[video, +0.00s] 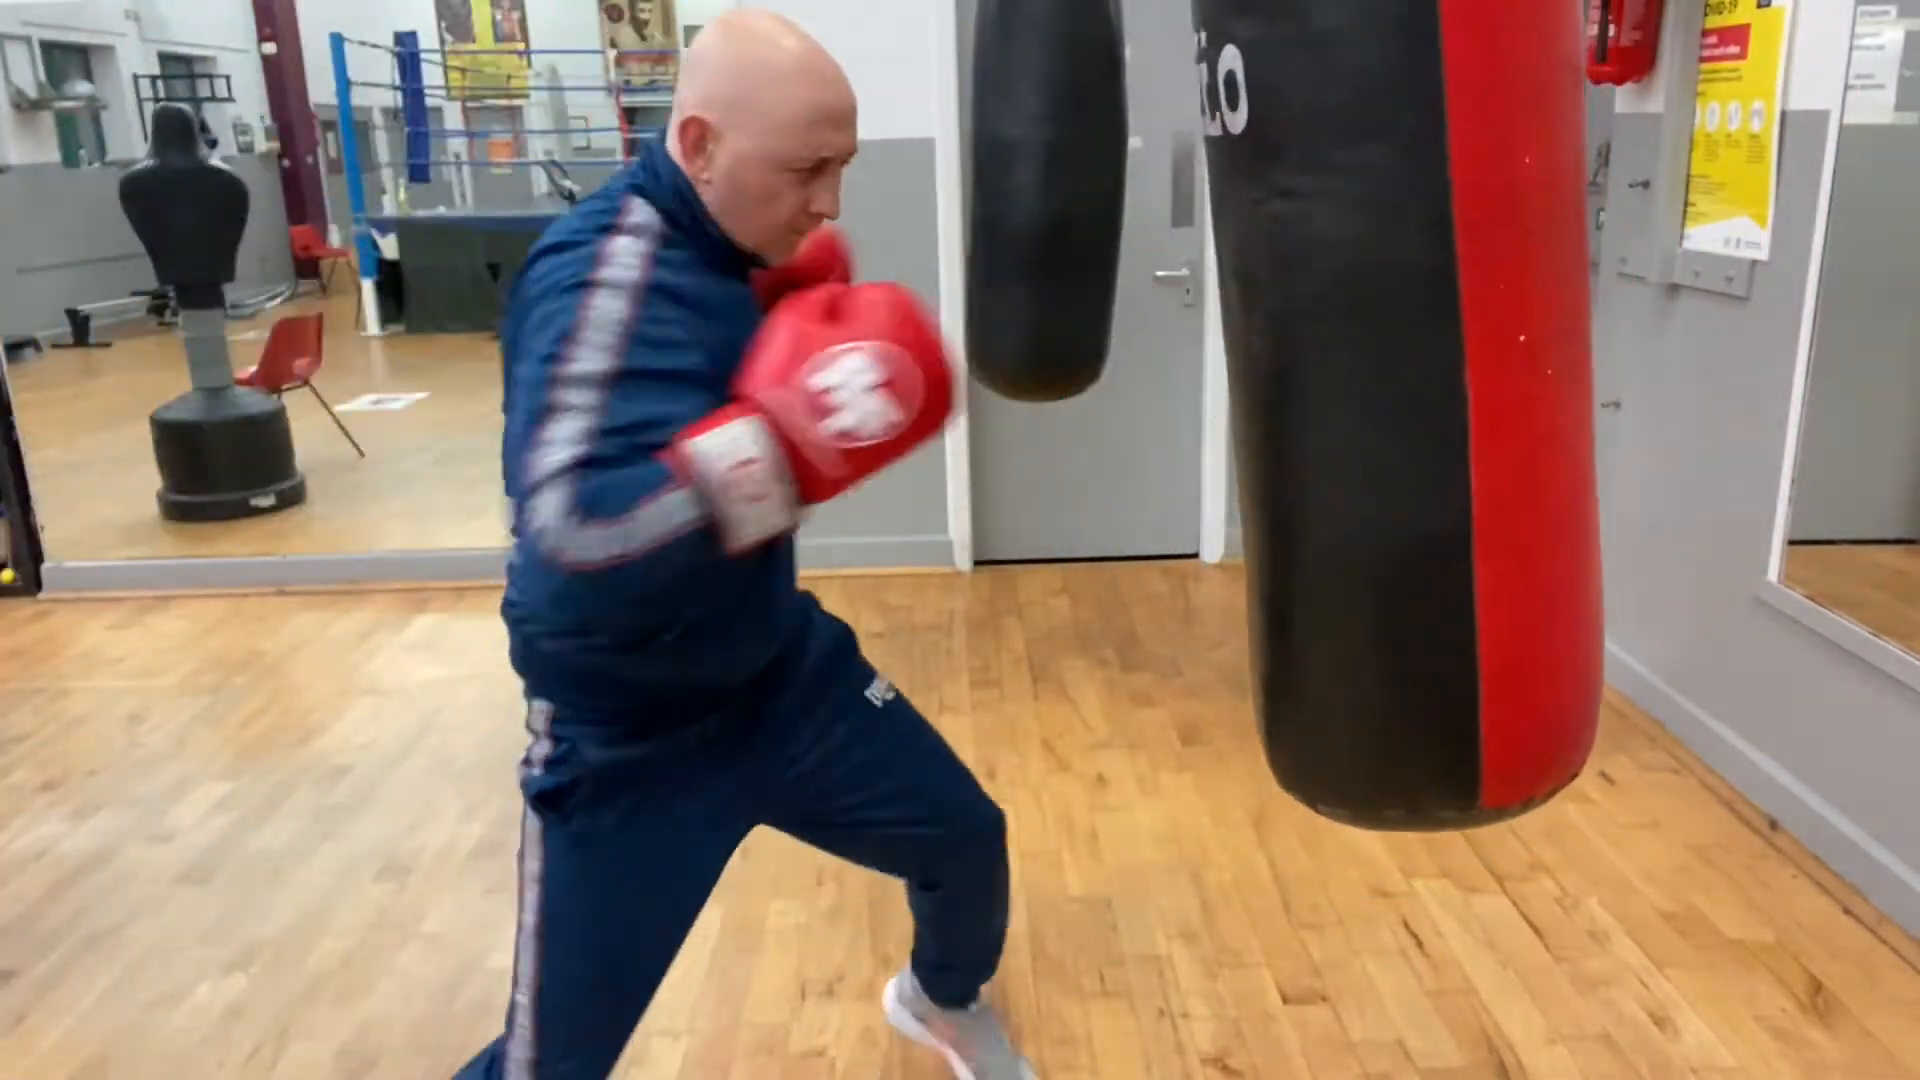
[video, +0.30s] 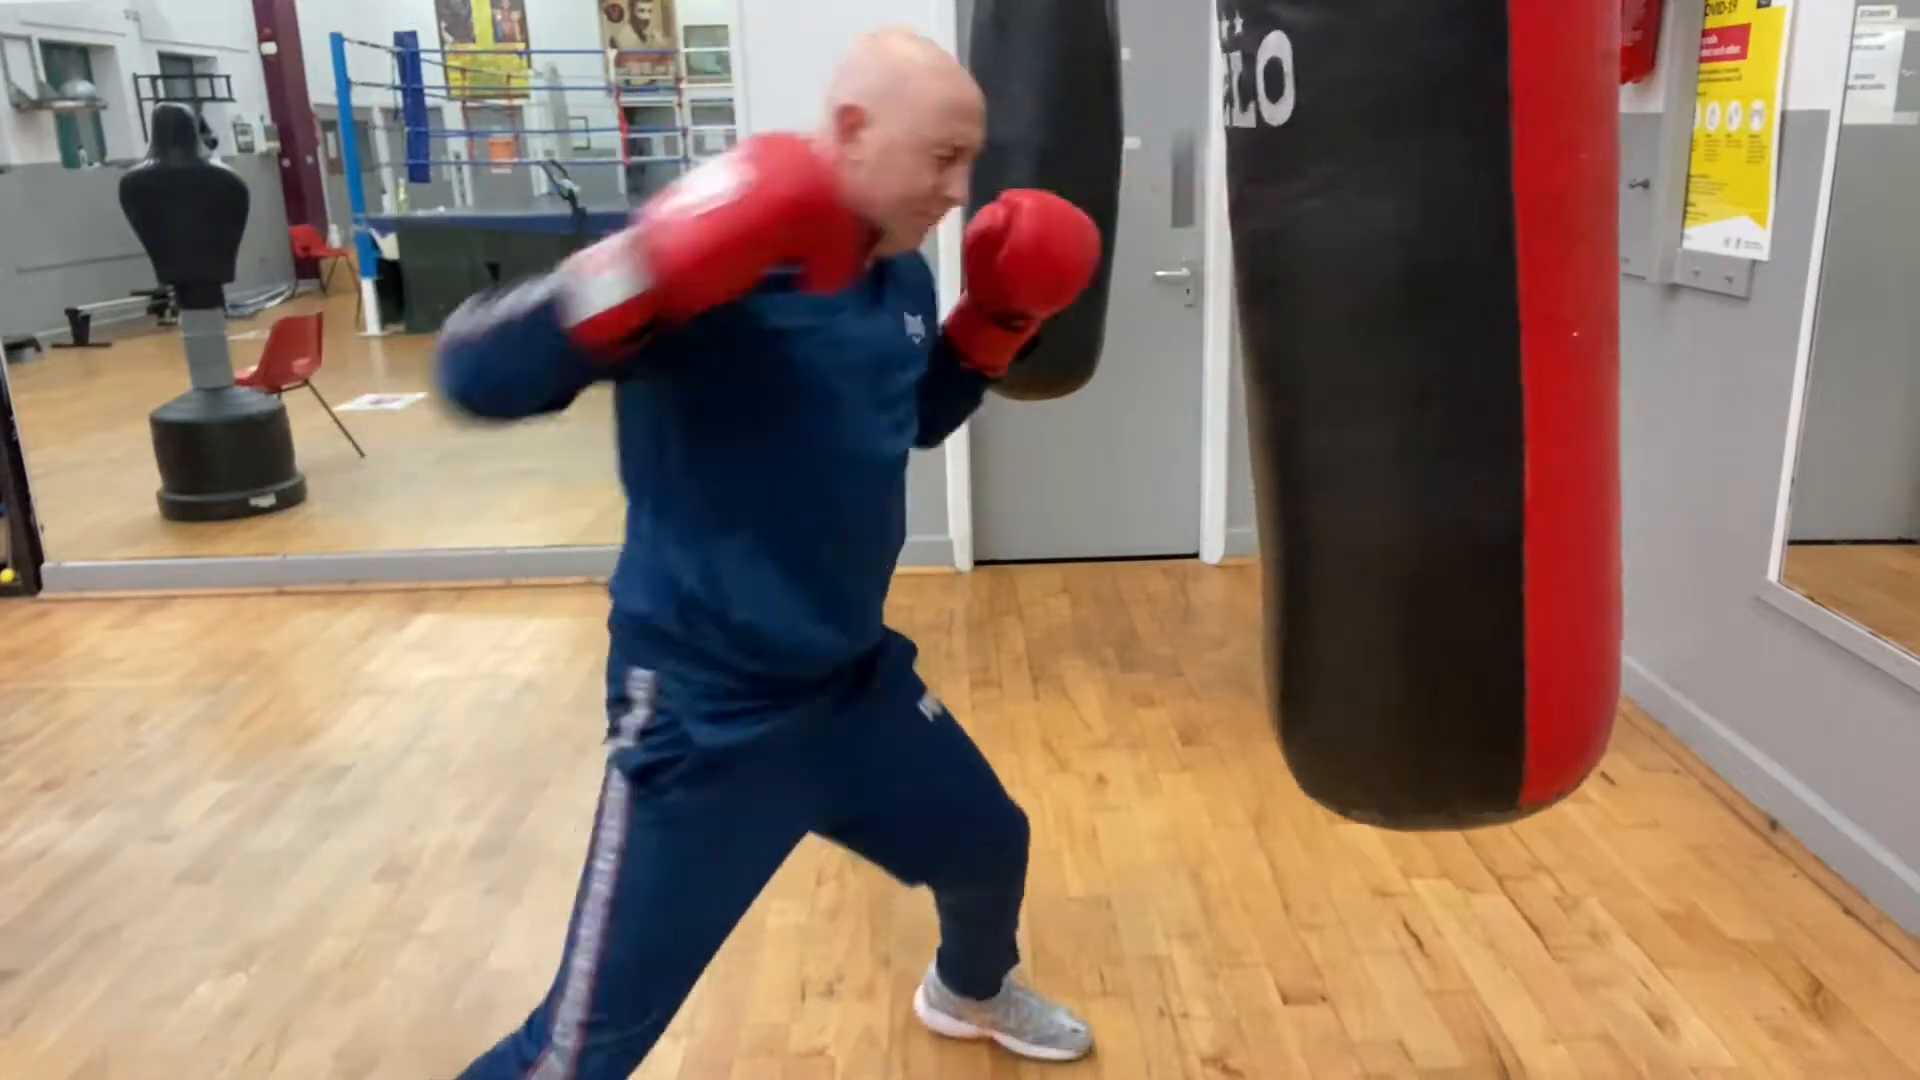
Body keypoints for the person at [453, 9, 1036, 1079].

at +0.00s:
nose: (833, 202)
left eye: (841, 170)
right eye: (808, 172)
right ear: (698, 148)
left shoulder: (746, 244)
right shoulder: (604, 276)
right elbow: (567, 541)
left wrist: (814, 338)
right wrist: (779, 441)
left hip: (776, 671)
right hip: (622, 735)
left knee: (967, 839)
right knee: (547, 1062)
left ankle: (945, 1000)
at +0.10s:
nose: (778, 196)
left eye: (791, 162)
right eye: (750, 167)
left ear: (803, 144)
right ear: (642, 141)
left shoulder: (799, 222)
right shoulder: (510, 286)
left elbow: (919, 209)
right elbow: (387, 555)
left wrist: (1037, 164)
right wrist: (552, 454)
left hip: (819, 673)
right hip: (629, 719)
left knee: (976, 872)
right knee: (514, 1037)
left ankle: (964, 940)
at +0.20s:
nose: (823, 197)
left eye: (836, 166)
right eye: (795, 171)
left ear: (845, 147)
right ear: (696, 154)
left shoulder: (870, 230)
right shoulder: (602, 278)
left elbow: (1021, 280)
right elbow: (379, 491)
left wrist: (1116, 236)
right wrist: (516, 366)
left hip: (835, 694)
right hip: (656, 724)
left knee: (991, 873)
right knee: (540, 1046)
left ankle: (986, 982)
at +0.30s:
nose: (960, 193)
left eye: (969, 166)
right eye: (943, 159)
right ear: (848, 131)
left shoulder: (896, 276)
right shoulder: (710, 249)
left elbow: (909, 420)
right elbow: (472, 372)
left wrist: (989, 324)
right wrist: (652, 263)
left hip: (853, 684)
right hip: (701, 711)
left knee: (990, 844)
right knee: (579, 1052)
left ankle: (971, 993)